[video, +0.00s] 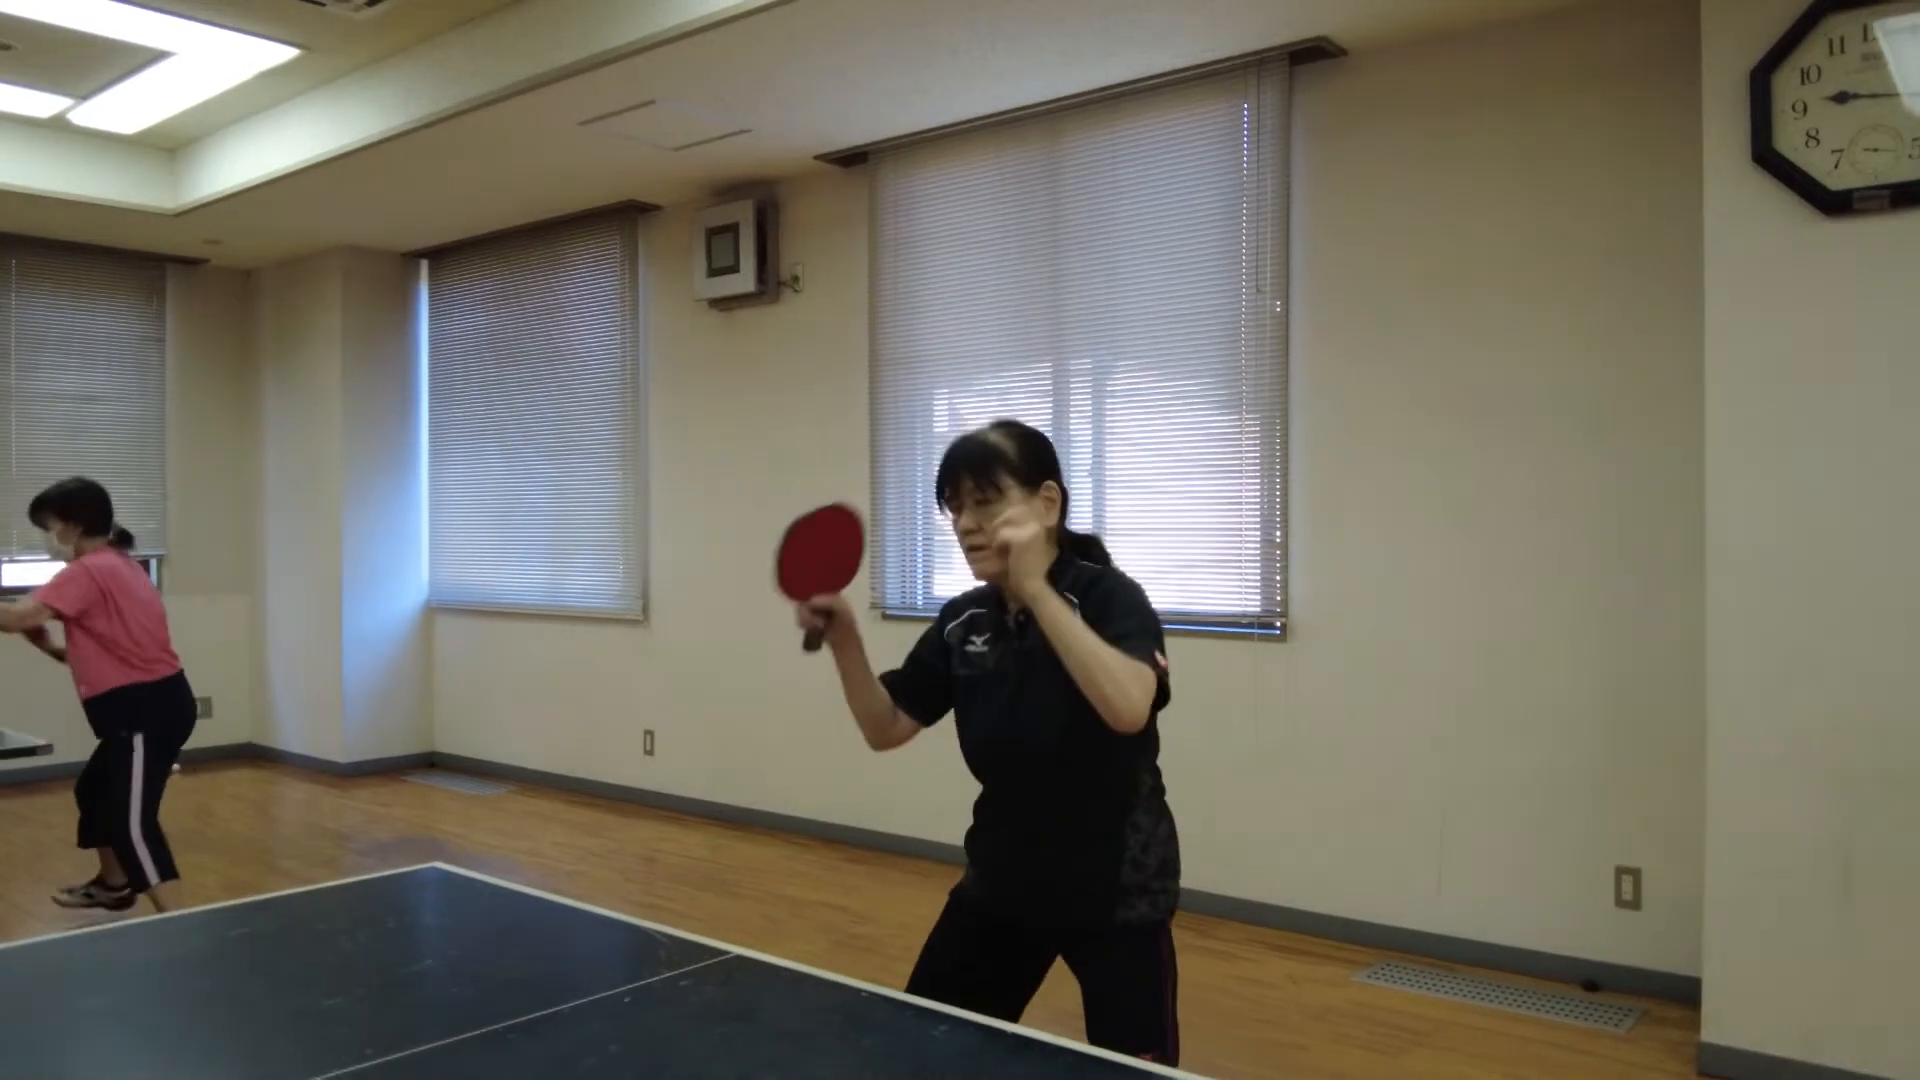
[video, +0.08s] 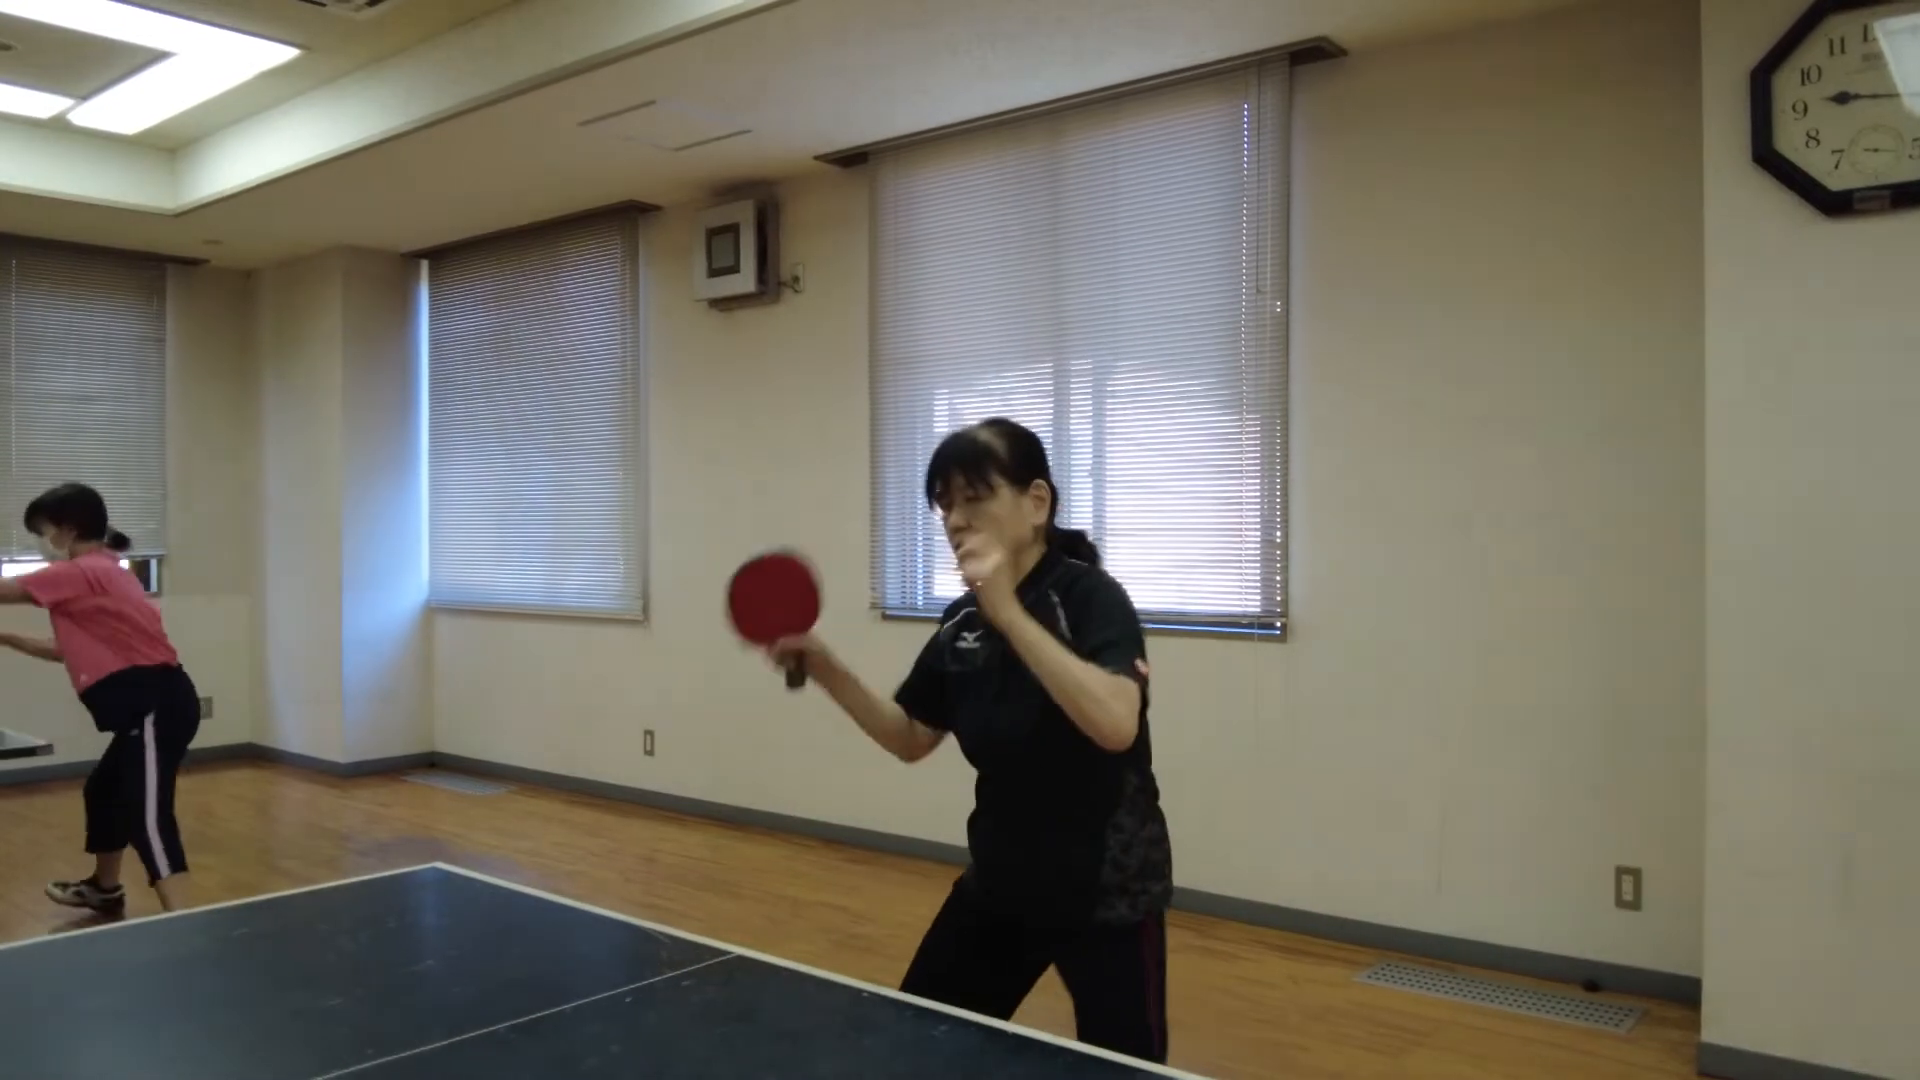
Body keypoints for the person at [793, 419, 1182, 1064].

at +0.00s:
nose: (965, 523)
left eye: (987, 501)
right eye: (956, 507)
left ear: (1049, 505)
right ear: (949, 518)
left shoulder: (1110, 600)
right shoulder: (964, 623)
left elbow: (1129, 707)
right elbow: (886, 728)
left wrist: (1035, 590)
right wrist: (845, 638)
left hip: (1115, 891)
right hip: (1005, 883)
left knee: (1140, 1076)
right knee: (919, 1049)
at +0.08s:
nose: (954, 518)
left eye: (976, 497)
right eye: (946, 504)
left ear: (1038, 503)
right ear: (939, 515)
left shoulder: (1092, 597)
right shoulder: (965, 621)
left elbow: (1116, 723)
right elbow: (910, 738)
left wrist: (1008, 613)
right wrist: (825, 668)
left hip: (1108, 888)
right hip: (1006, 880)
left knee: (1128, 1075)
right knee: (913, 1043)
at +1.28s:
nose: (886, 577)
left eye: (899, 553)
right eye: (879, 563)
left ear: (961, 542)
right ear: (961, 548)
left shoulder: (993, 614)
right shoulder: (980, 617)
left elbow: (1006, 744)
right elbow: (1031, 766)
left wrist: (879, 673)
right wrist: (946, 794)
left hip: (1063, 922)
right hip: (1000, 904)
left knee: (1066, 1072)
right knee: (895, 1035)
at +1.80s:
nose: (970, 525)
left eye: (991, 504)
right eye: (960, 508)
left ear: (1052, 504)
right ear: (952, 517)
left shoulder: (1123, 601)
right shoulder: (960, 626)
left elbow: (1133, 702)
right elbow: (873, 728)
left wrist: (1043, 575)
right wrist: (845, 628)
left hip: (1119, 892)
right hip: (1006, 887)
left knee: (1141, 1069)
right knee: (928, 1046)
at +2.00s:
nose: (954, 503)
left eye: (974, 481)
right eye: (948, 489)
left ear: (1042, 490)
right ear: (943, 502)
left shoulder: (1096, 586)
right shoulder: (968, 607)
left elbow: (1094, 680)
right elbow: (910, 719)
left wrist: (1008, 557)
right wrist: (826, 643)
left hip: (1095, 890)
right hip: (992, 883)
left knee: (1122, 1068)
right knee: (921, 1046)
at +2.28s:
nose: (957, 494)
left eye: (975, 477)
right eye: (950, 478)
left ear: (1041, 481)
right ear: (944, 485)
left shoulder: (1084, 564)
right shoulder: (970, 597)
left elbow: (1019, 621)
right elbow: (945, 720)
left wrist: (998, 488)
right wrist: (849, 650)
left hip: (1074, 883)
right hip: (976, 872)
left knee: (1106, 1066)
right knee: (912, 1041)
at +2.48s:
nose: (937, 489)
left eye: (956, 468)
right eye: (931, 475)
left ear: (1018, 473)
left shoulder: (1064, 565)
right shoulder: (981, 584)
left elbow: (1029, 690)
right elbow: (963, 714)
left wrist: (984, 549)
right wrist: (875, 655)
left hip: (1077, 877)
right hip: (987, 869)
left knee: (1102, 1064)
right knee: (928, 1042)